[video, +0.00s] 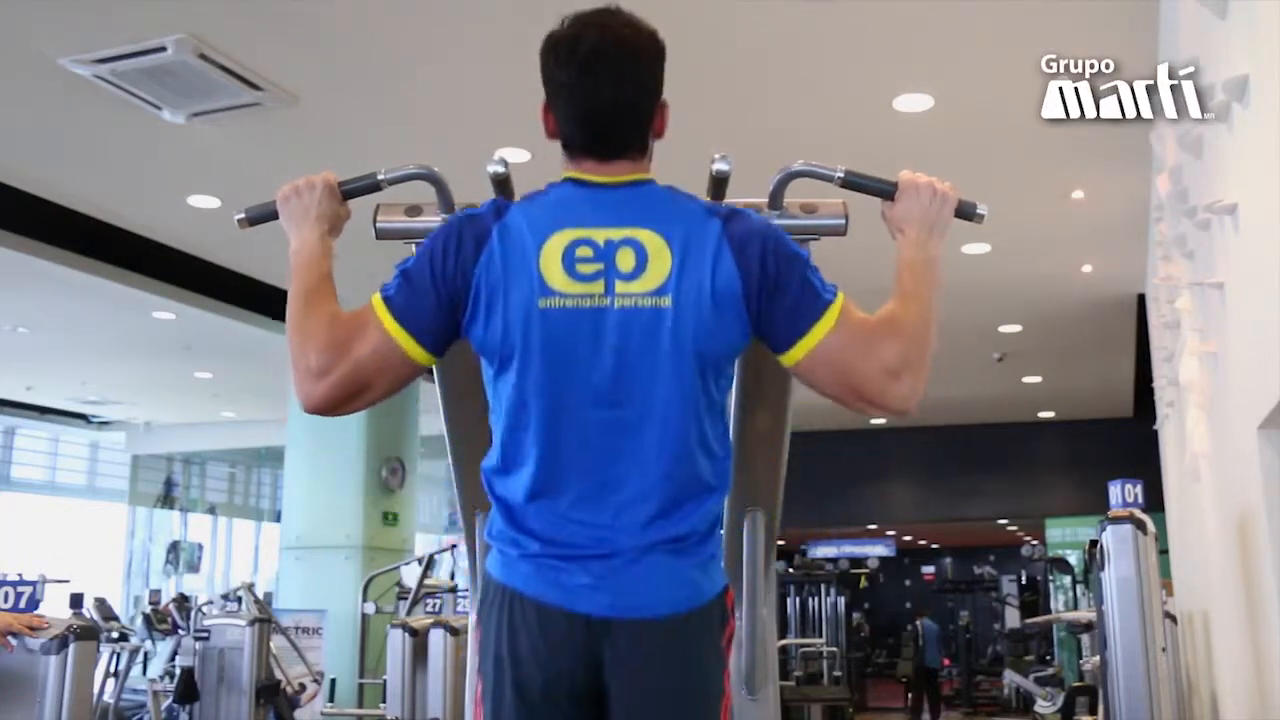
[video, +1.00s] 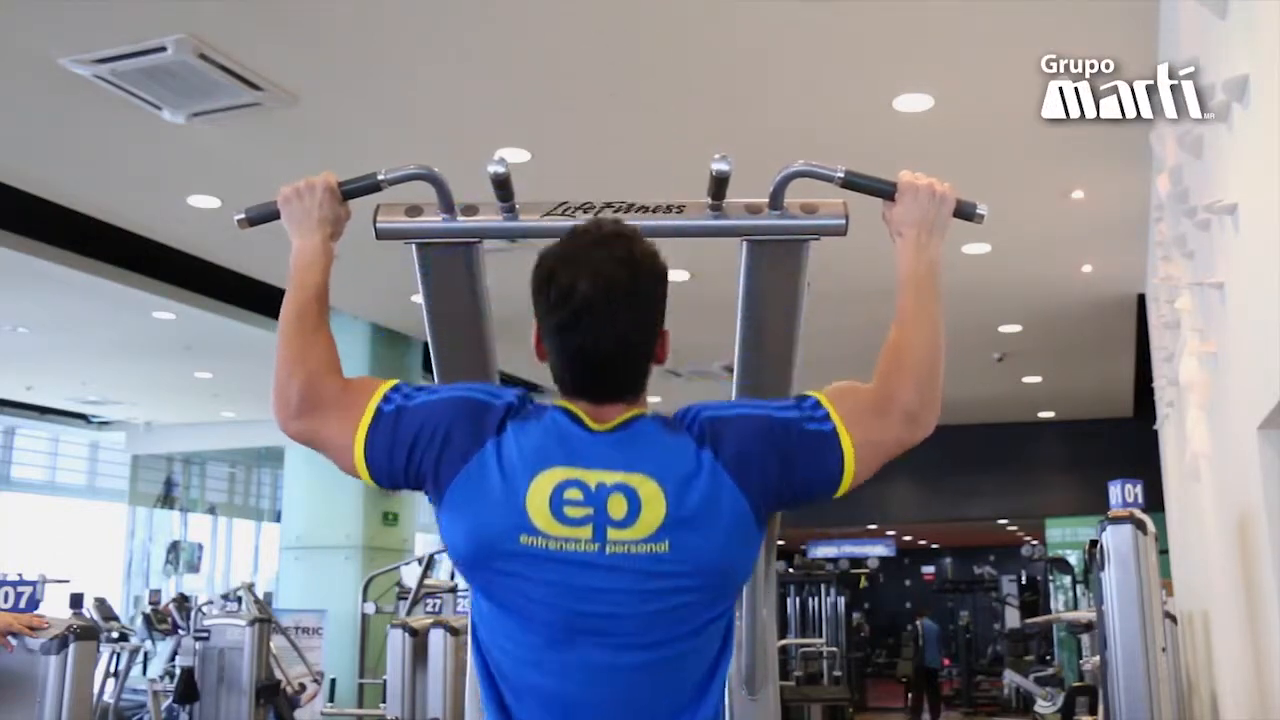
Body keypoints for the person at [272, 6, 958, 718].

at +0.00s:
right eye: (662, 109)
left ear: (548, 122)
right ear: (661, 123)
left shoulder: (484, 243)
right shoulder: (733, 245)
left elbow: (325, 381)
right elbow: (891, 380)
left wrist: (308, 238)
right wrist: (921, 242)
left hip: (527, 607)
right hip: (674, 609)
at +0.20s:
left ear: (550, 106)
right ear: (662, 104)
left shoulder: (484, 226)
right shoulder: (735, 228)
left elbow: (334, 375)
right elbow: (886, 373)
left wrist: (308, 236)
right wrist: (920, 240)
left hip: (531, 597)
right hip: (678, 600)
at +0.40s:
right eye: (662, 134)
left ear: (547, 152)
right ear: (663, 150)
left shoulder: (483, 269)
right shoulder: (733, 274)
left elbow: (314, 391)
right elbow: (903, 391)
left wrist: (311, 239)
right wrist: (922, 242)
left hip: (529, 650)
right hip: (678, 651)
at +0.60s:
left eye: (540, 183)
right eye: (661, 186)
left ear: (542, 206)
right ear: (662, 207)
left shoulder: (477, 322)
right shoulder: (734, 330)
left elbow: (299, 397)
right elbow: (916, 401)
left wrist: (309, 245)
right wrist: (922, 244)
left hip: (526, 693)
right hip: (683, 693)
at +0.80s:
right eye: (664, 250)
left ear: (542, 270)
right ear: (664, 272)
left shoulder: (474, 377)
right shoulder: (734, 389)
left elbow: (296, 399)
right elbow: (918, 403)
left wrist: (310, 243)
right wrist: (922, 246)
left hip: (525, 701)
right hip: (682, 702)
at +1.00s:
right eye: (661, 325)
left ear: (540, 348)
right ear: (662, 350)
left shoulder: (472, 439)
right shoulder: (731, 456)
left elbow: (303, 403)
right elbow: (906, 409)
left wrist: (311, 245)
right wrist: (920, 244)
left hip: (522, 708)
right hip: (685, 709)